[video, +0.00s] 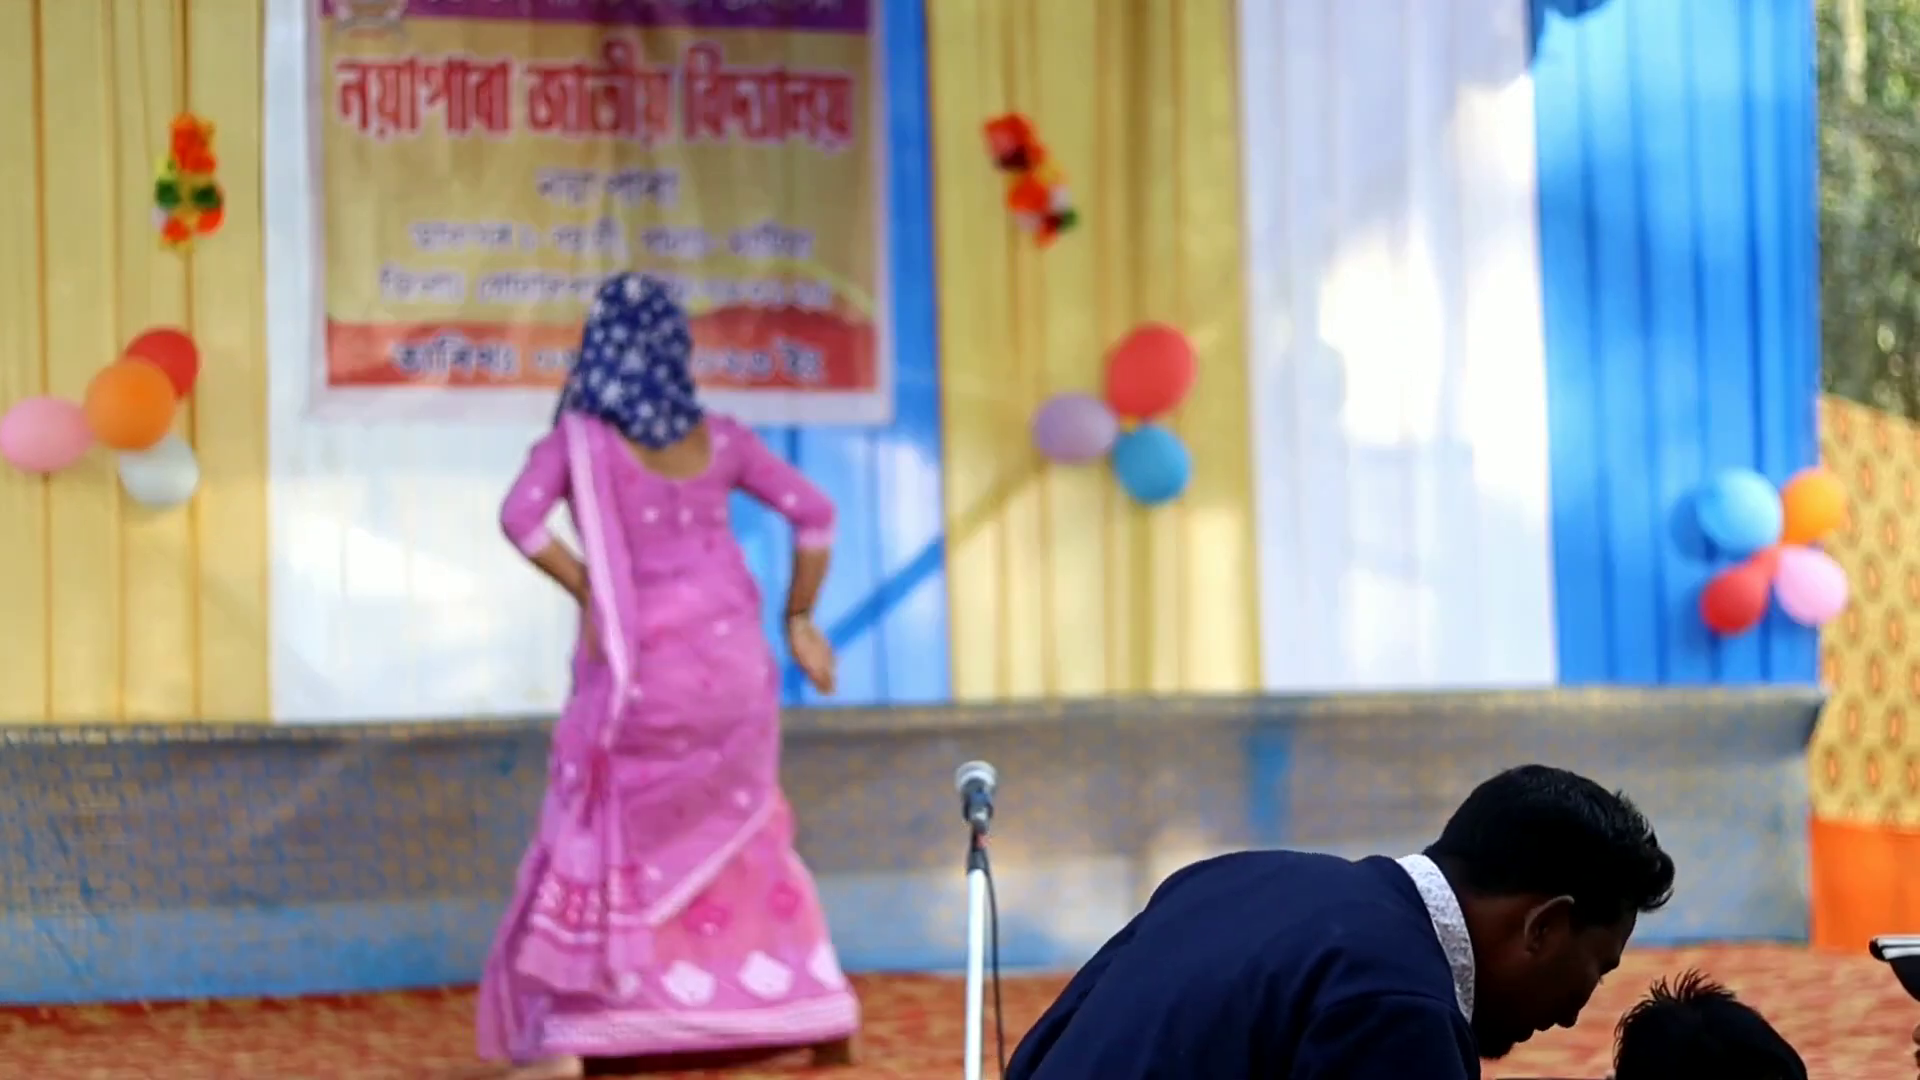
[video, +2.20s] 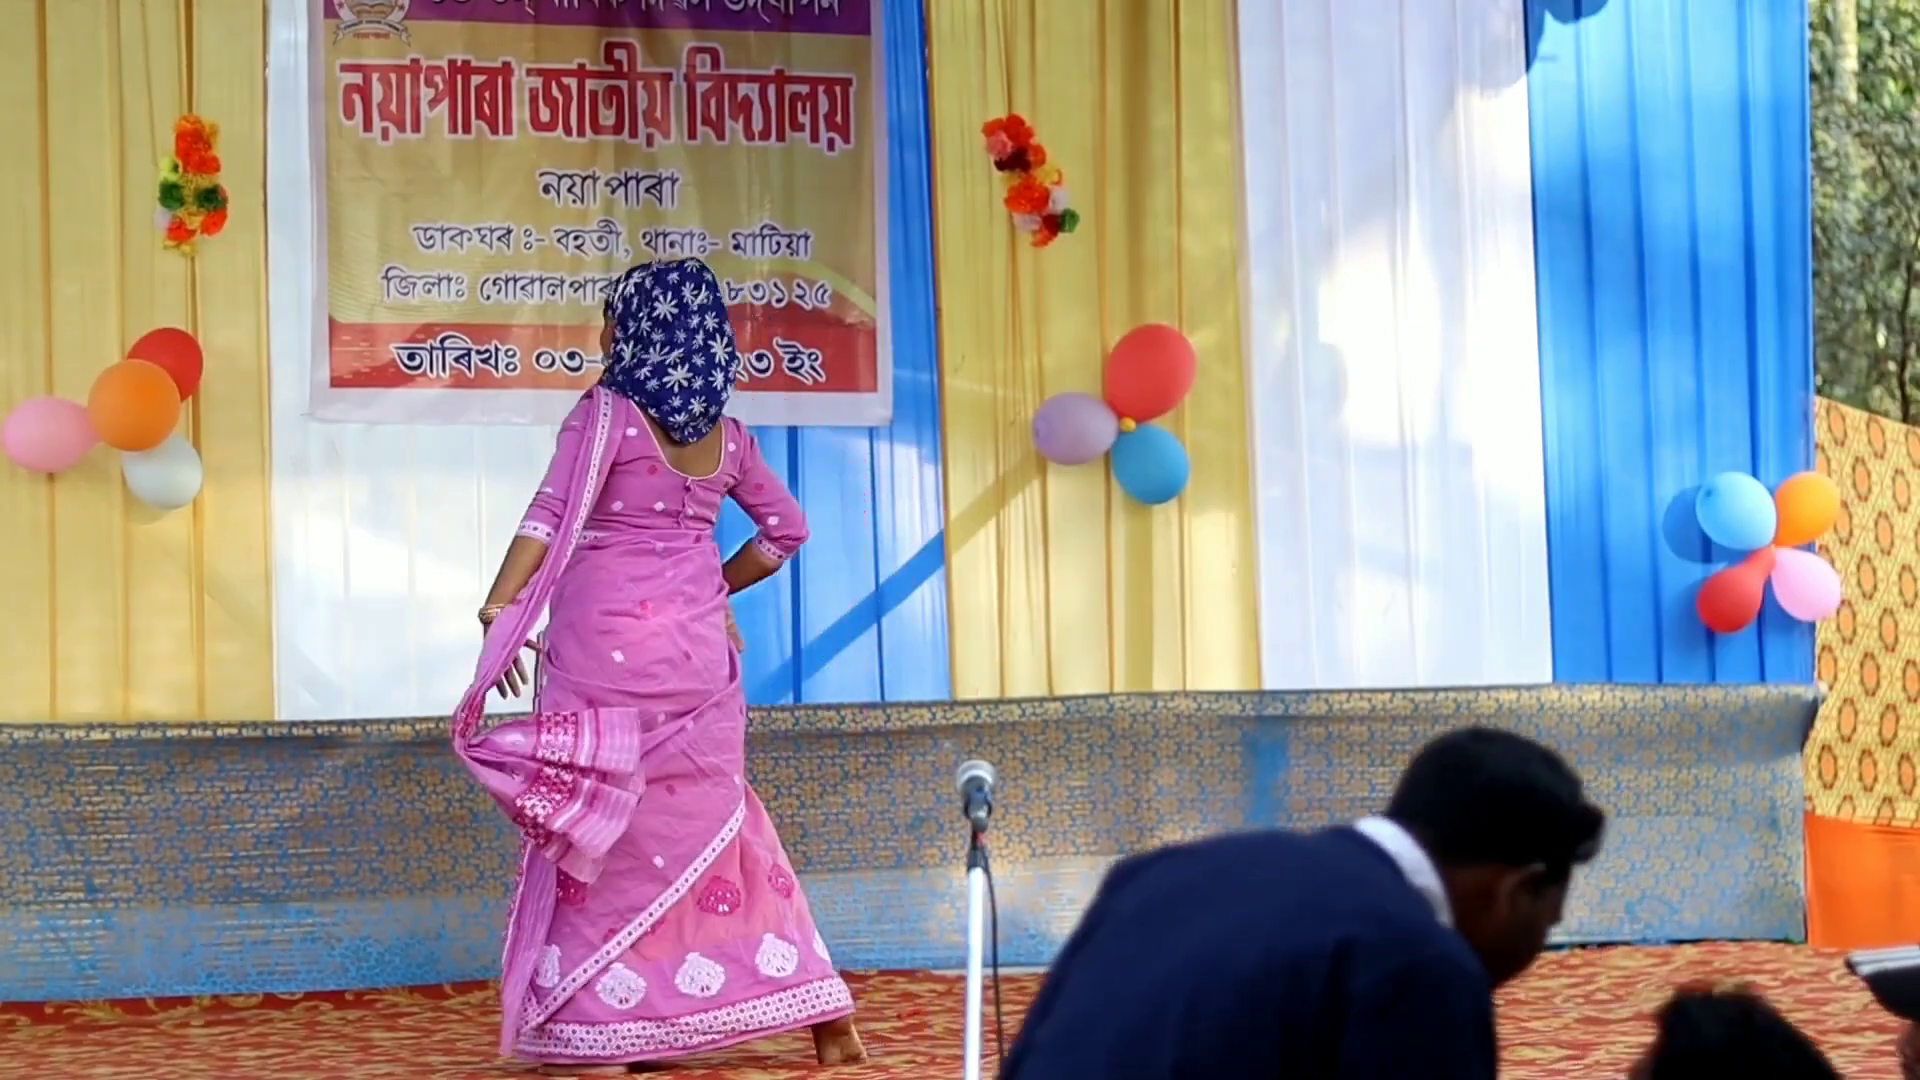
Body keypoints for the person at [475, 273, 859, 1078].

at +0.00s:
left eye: (595, 345)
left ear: (598, 351)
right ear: (680, 351)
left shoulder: (579, 438)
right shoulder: (717, 435)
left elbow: (520, 520)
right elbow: (814, 513)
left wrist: (587, 592)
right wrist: (799, 615)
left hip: (639, 672)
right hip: (737, 667)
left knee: (589, 832)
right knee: (759, 825)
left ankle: (564, 1033)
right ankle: (826, 1008)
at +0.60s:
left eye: (675, 343)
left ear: (683, 348)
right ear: (771, 345)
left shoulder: (669, 435)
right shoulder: (814, 428)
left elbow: (597, 519)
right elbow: (909, 499)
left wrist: (624, 616)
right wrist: (883, 601)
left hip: (714, 656)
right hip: (813, 652)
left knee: (664, 819)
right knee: (837, 813)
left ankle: (624, 1021)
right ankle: (902, 999)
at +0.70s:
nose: (707, 359)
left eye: (713, 346)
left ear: (719, 355)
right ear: (802, 353)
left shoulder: (700, 440)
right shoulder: (841, 440)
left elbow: (635, 527)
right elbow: (922, 534)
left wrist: (702, 609)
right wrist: (982, 620)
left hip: (772, 665)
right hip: (865, 659)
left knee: (696, 825)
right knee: (875, 825)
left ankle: (651, 1015)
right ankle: (912, 1010)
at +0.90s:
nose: (837, 348)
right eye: (838, 335)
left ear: (768, 357)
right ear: (847, 349)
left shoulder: (750, 442)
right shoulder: (892, 441)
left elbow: (717, 543)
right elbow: (969, 535)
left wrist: (808, 585)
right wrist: (1049, 615)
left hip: (792, 670)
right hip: (898, 665)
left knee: (753, 833)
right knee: (897, 831)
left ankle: (723, 1000)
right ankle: (901, 1012)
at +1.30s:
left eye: (723, 349)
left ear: (726, 353)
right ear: (808, 343)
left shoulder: (718, 435)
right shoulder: (862, 428)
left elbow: (675, 537)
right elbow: (948, 503)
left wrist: (694, 625)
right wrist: (955, 607)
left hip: (731, 659)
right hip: (837, 659)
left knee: (674, 810)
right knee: (850, 821)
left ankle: (646, 1000)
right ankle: (885, 1009)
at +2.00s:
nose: (645, 340)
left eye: (651, 326)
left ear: (663, 334)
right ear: (741, 330)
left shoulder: (646, 412)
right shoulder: (779, 418)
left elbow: (593, 520)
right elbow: (847, 514)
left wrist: (564, 619)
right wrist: (831, 615)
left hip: (649, 631)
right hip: (748, 637)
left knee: (623, 804)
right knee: (768, 809)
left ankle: (610, 1007)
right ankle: (838, 1003)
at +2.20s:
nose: (605, 336)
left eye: (614, 323)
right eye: (610, 321)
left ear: (634, 332)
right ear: (707, 336)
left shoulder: (604, 412)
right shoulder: (722, 427)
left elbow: (549, 519)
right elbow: (787, 528)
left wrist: (496, 611)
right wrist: (716, 586)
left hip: (605, 650)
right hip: (702, 650)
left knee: (592, 830)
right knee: (731, 819)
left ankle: (610, 1029)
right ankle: (823, 995)